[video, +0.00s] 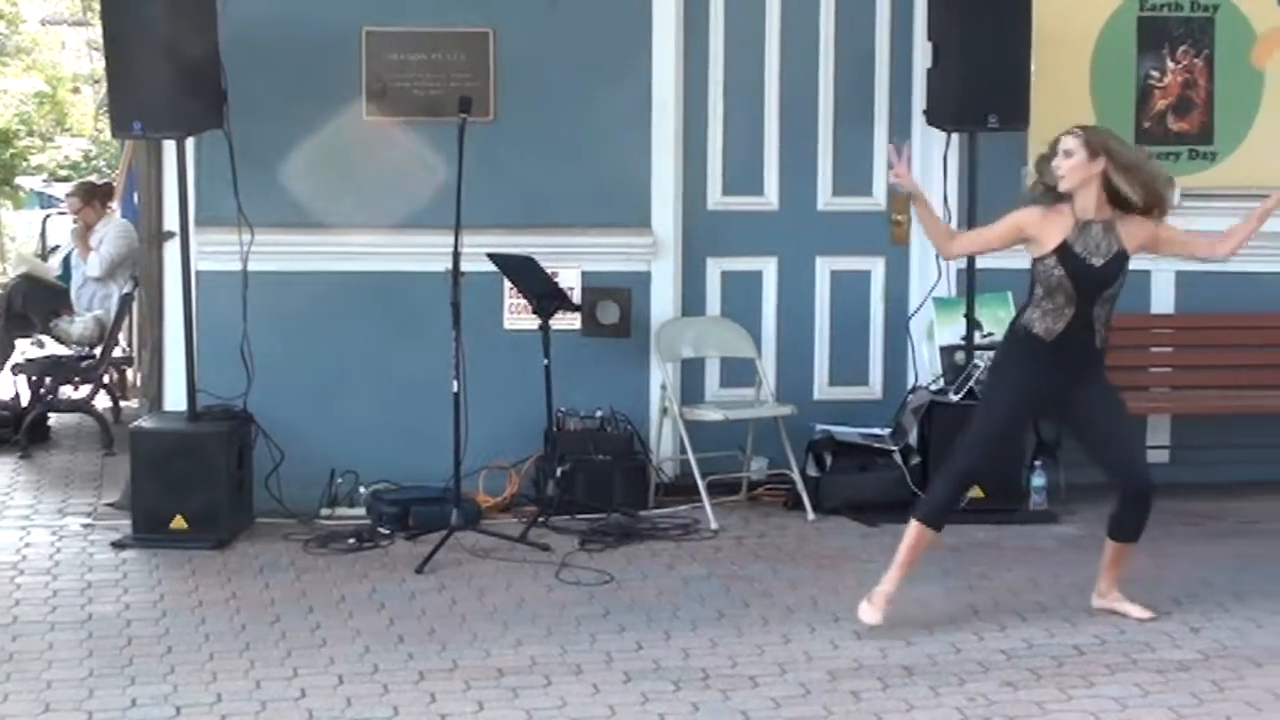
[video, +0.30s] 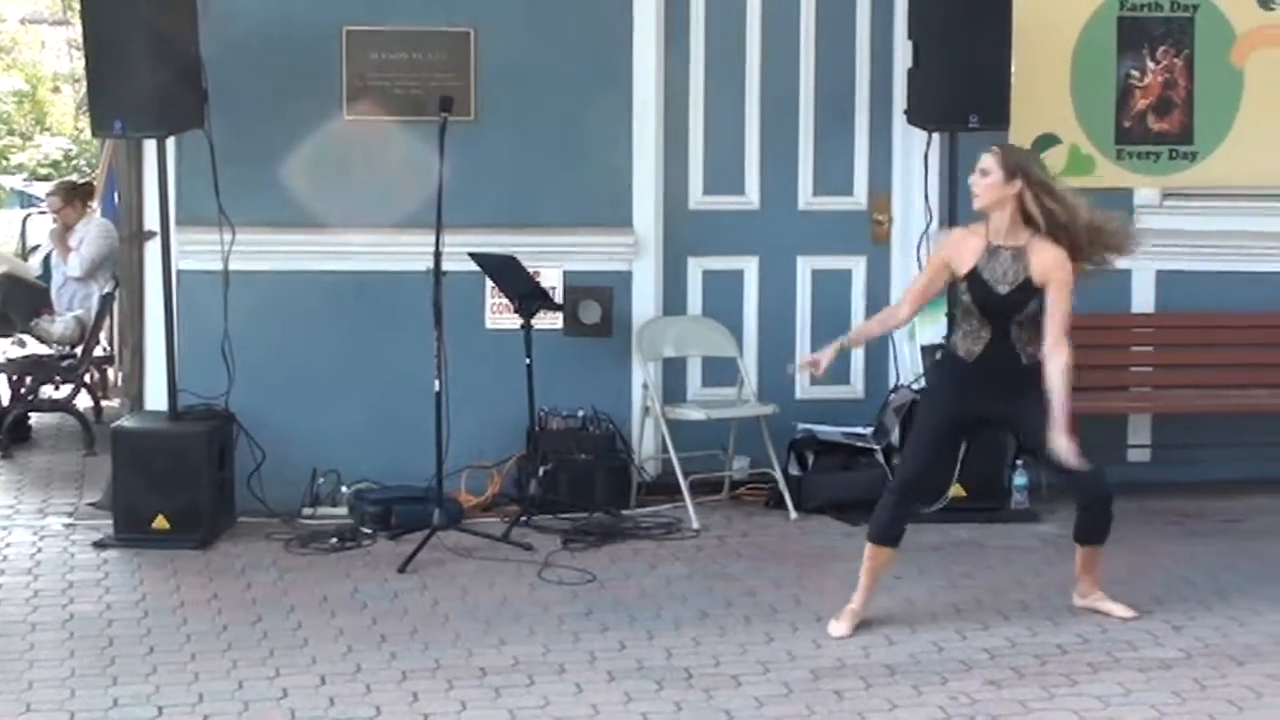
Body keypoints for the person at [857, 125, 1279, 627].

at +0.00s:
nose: (1055, 163)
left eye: (1068, 153)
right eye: (1054, 155)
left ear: (1101, 164)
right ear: (1058, 168)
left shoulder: (1133, 229)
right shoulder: (1037, 220)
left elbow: (1219, 248)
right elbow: (951, 247)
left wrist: (1267, 208)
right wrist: (914, 193)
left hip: (1083, 375)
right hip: (1022, 366)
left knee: (1137, 482)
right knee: (963, 467)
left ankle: (1107, 591)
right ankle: (887, 587)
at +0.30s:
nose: (973, 182)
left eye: (985, 175)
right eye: (975, 174)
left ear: (1016, 186)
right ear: (999, 187)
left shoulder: (1050, 258)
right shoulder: (959, 244)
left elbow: (1057, 346)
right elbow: (902, 311)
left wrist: (1058, 429)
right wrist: (837, 346)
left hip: (1022, 391)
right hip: (955, 388)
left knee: (1093, 484)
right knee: (905, 485)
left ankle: (1087, 589)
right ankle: (858, 602)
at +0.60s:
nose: (919, 161)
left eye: (930, 156)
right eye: (911, 152)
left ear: (941, 170)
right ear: (892, 161)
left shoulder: (950, 227)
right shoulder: (870, 221)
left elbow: (960, 318)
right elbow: (875, 297)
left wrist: (887, 303)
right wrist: (875, 370)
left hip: (973, 357)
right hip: (912, 359)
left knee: (1038, 459)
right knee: (877, 466)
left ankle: (1097, 567)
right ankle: (866, 591)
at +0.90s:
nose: (981, 97)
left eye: (979, 88)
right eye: (969, 89)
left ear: (967, 101)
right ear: (938, 100)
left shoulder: (989, 165)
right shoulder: (900, 162)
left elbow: (1044, 226)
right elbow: (849, 235)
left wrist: (1105, 207)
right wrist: (891, 304)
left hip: (985, 311)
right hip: (925, 315)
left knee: (1026, 421)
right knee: (910, 439)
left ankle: (1074, 535)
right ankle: (880, 573)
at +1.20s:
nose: (1064, 107)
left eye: (1062, 98)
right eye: (1056, 99)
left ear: (1036, 108)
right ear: (1027, 107)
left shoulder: (1049, 172)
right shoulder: (1007, 158)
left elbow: (1109, 236)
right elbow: (994, 239)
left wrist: (1184, 236)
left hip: (1005, 312)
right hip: (957, 305)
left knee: (1025, 426)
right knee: (911, 425)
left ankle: (1030, 562)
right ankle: (845, 555)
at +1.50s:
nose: (1116, 197)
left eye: (1115, 187)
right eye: (1107, 188)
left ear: (1087, 198)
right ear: (1079, 196)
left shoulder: (1086, 252)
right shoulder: (1058, 242)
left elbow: (1149, 319)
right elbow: (1135, 302)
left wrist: (1224, 292)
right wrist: (1203, 270)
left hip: (1000, 370)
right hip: (953, 356)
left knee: (1071, 457)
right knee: (894, 463)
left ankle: (1030, 572)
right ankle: (801, 584)